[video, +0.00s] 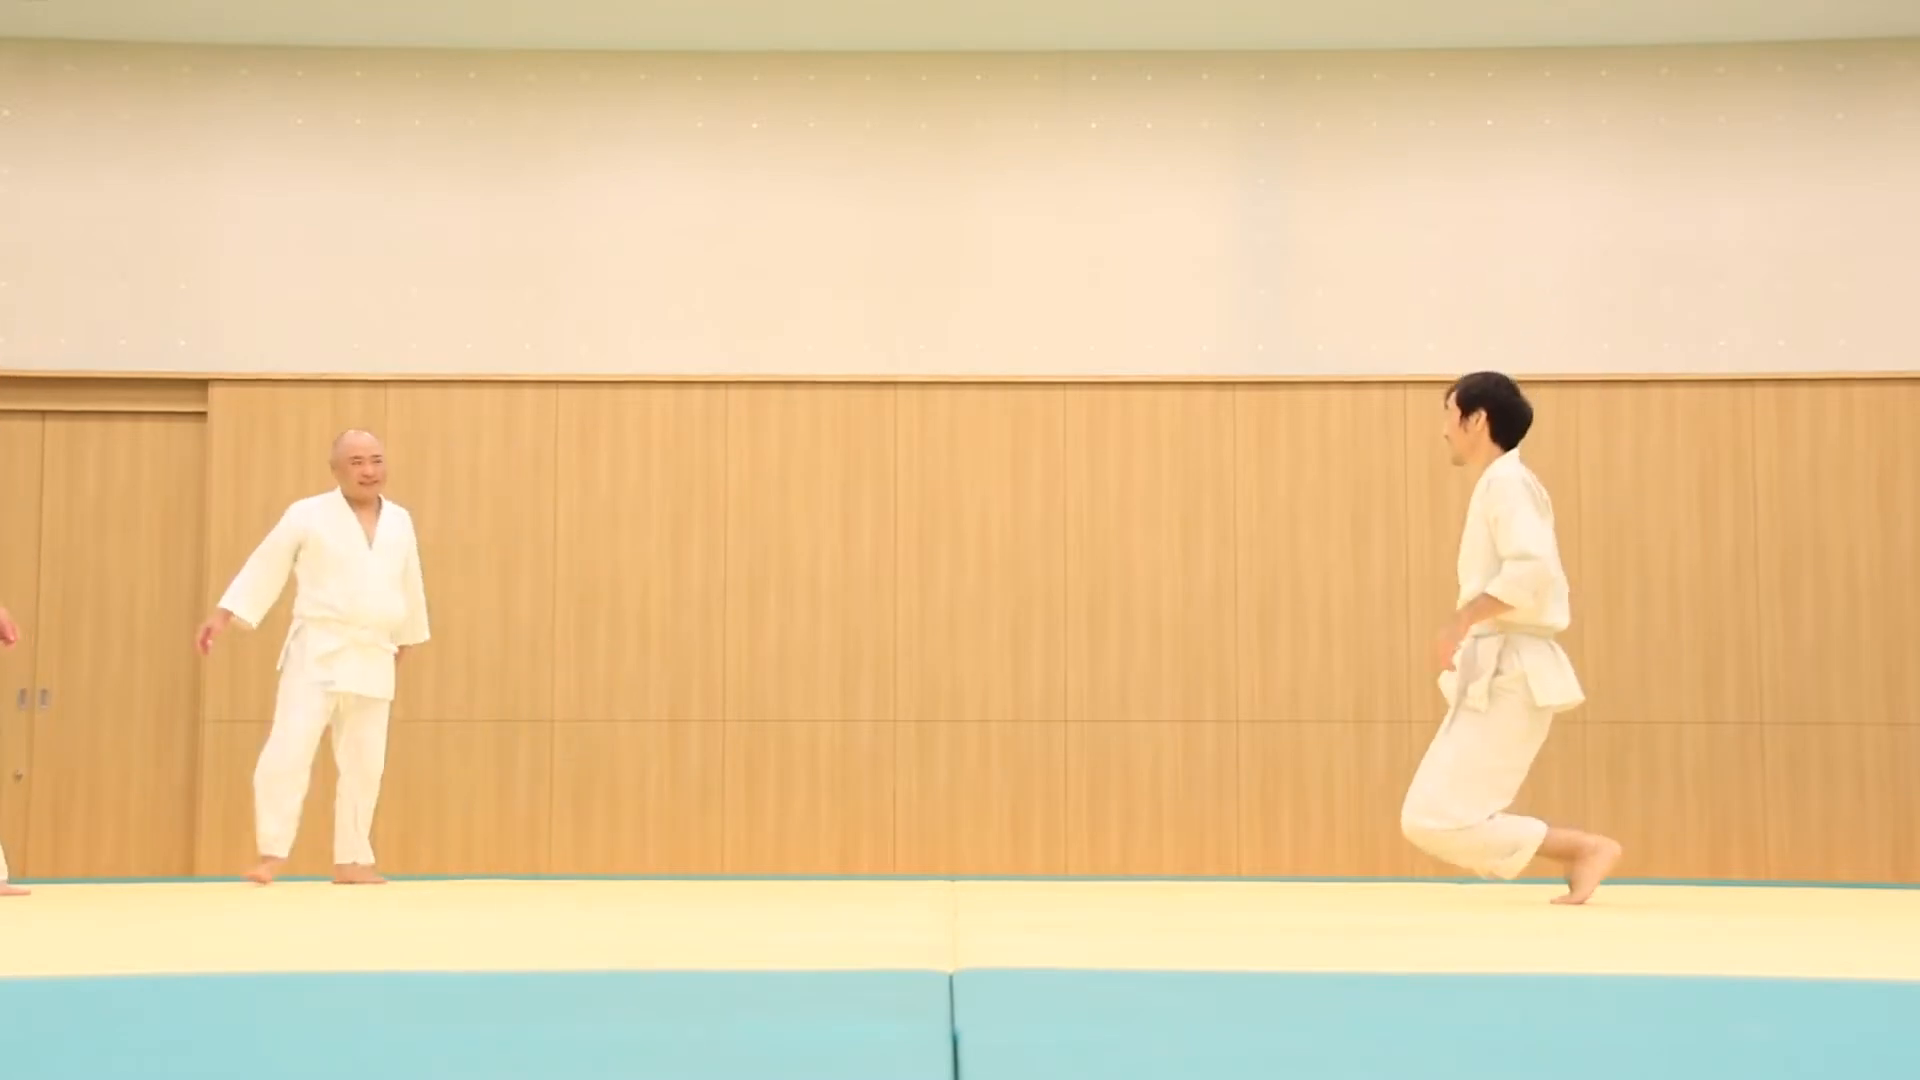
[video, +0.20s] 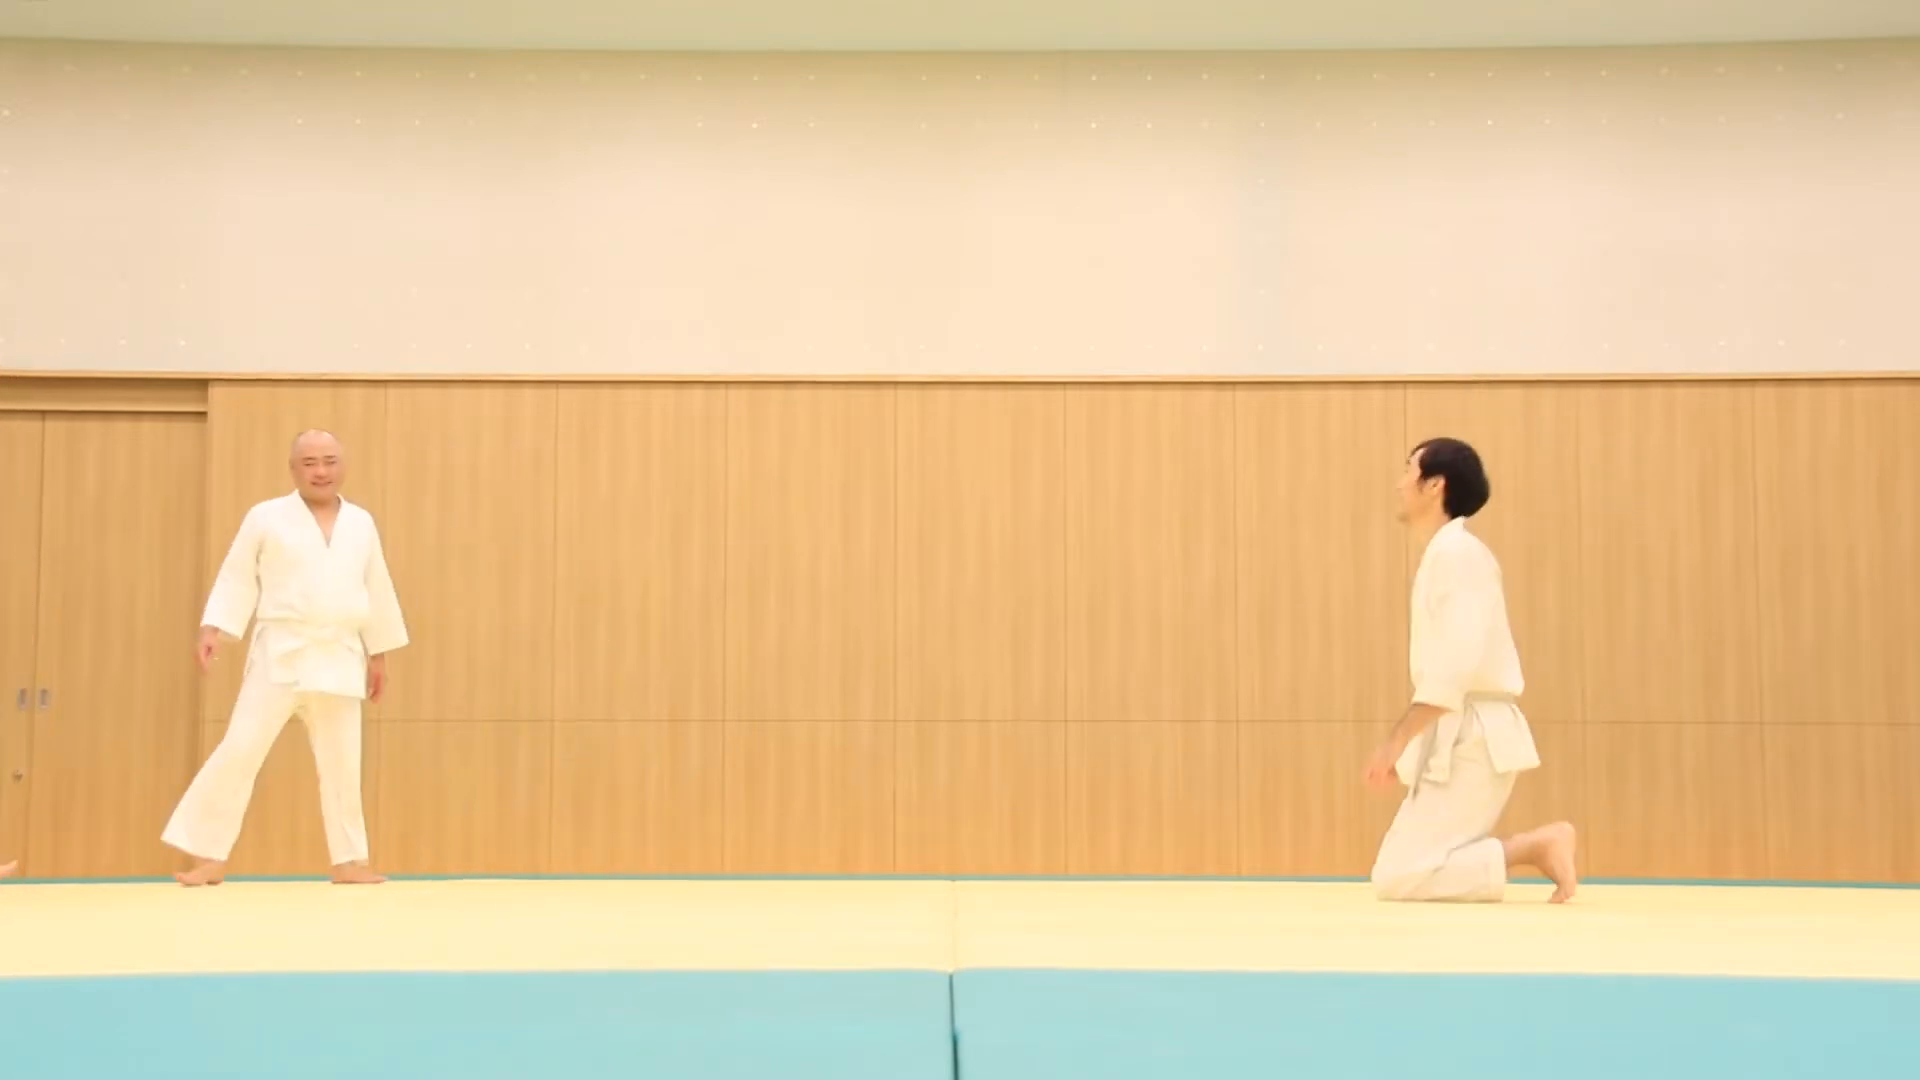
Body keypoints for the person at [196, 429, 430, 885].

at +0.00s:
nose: (368, 470)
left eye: (376, 461)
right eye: (356, 462)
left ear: (386, 466)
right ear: (336, 470)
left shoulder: (399, 521)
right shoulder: (309, 515)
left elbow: (410, 587)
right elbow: (263, 567)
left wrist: (402, 640)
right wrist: (223, 616)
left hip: (372, 655)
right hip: (314, 653)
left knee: (363, 761)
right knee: (288, 751)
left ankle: (352, 862)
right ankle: (272, 855)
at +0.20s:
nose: (321, 471)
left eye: (330, 461)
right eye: (309, 463)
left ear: (343, 467)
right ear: (293, 469)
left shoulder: (360, 522)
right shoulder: (267, 517)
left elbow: (376, 591)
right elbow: (237, 577)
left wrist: (376, 654)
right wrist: (214, 626)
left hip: (339, 656)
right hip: (277, 653)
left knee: (342, 761)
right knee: (241, 751)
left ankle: (350, 863)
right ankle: (210, 861)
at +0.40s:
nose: (259, 472)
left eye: (269, 463)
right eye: (248, 464)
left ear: (286, 468)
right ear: (237, 470)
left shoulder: (312, 522)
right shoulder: (212, 522)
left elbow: (337, 584)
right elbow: (189, 587)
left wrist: (356, 644)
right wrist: (179, 650)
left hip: (285, 659)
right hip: (221, 657)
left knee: (314, 760)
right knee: (204, 760)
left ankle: (338, 862)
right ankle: (205, 864)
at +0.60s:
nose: (208, 469)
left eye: (219, 459)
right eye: (199, 461)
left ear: (242, 464)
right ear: (190, 467)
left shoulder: (271, 515)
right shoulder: (173, 523)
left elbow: (298, 572)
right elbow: (153, 594)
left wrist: (312, 624)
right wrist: (135, 659)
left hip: (244, 658)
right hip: (183, 658)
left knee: (255, 759)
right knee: (186, 762)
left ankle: (265, 858)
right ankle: (203, 864)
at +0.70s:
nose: (188, 467)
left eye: (199, 457)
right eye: (179, 458)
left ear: (222, 462)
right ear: (170, 464)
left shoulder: (251, 511)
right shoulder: (157, 521)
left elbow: (276, 571)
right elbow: (142, 592)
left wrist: (288, 625)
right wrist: (118, 654)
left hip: (226, 650)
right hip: (169, 652)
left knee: (207, 750)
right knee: (174, 755)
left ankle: (206, 858)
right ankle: (199, 859)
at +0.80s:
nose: (169, 467)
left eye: (180, 458)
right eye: (160, 459)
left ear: (203, 462)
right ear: (151, 464)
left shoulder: (230, 511)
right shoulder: (141, 523)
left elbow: (254, 571)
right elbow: (128, 595)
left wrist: (266, 628)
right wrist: (103, 654)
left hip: (206, 648)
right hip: (155, 651)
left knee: (167, 748)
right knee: (174, 754)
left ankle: (143, 859)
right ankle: (204, 865)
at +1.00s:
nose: (131, 466)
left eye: (143, 457)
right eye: (121, 457)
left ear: (165, 462)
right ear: (112, 463)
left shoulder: (186, 513)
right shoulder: (103, 522)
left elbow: (207, 574)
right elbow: (95, 592)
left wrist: (223, 635)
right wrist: (74, 651)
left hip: (158, 654)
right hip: (111, 655)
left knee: (121, 757)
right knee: (145, 761)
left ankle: (88, 867)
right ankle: (197, 857)